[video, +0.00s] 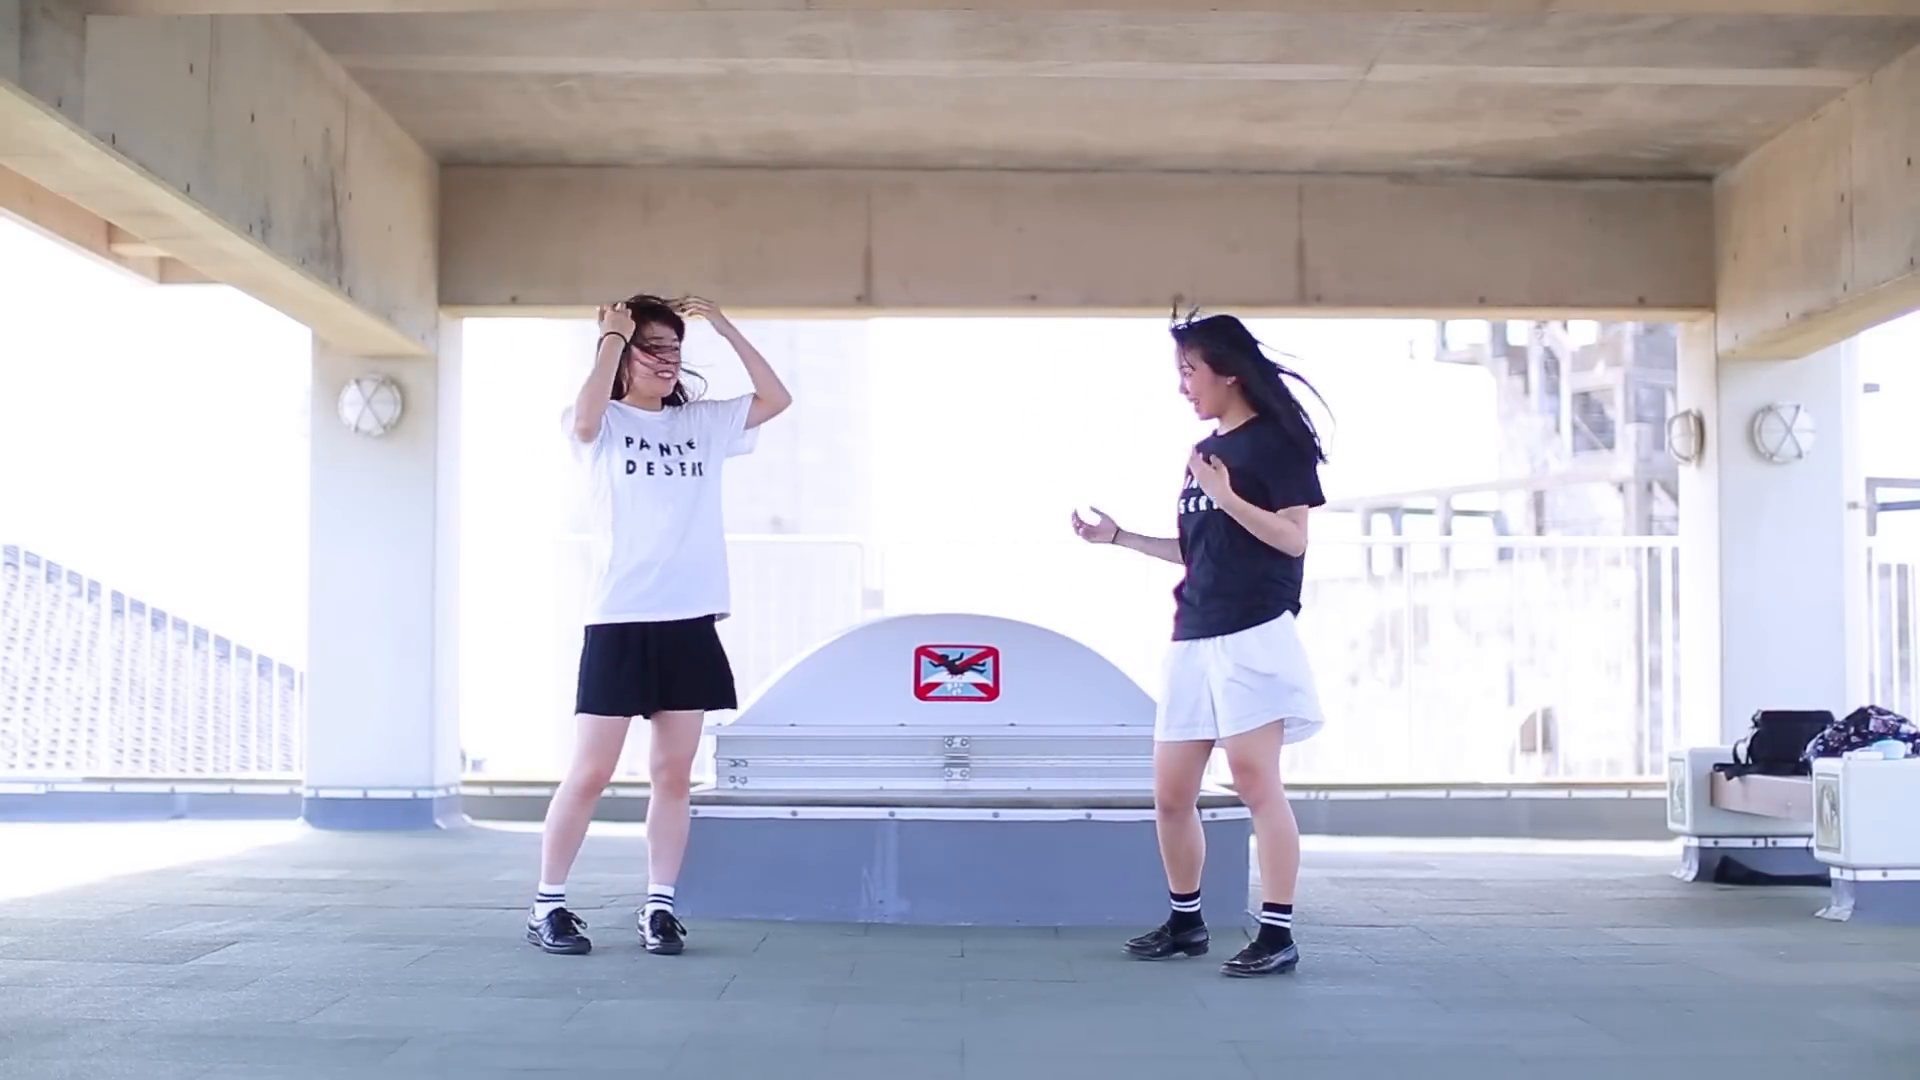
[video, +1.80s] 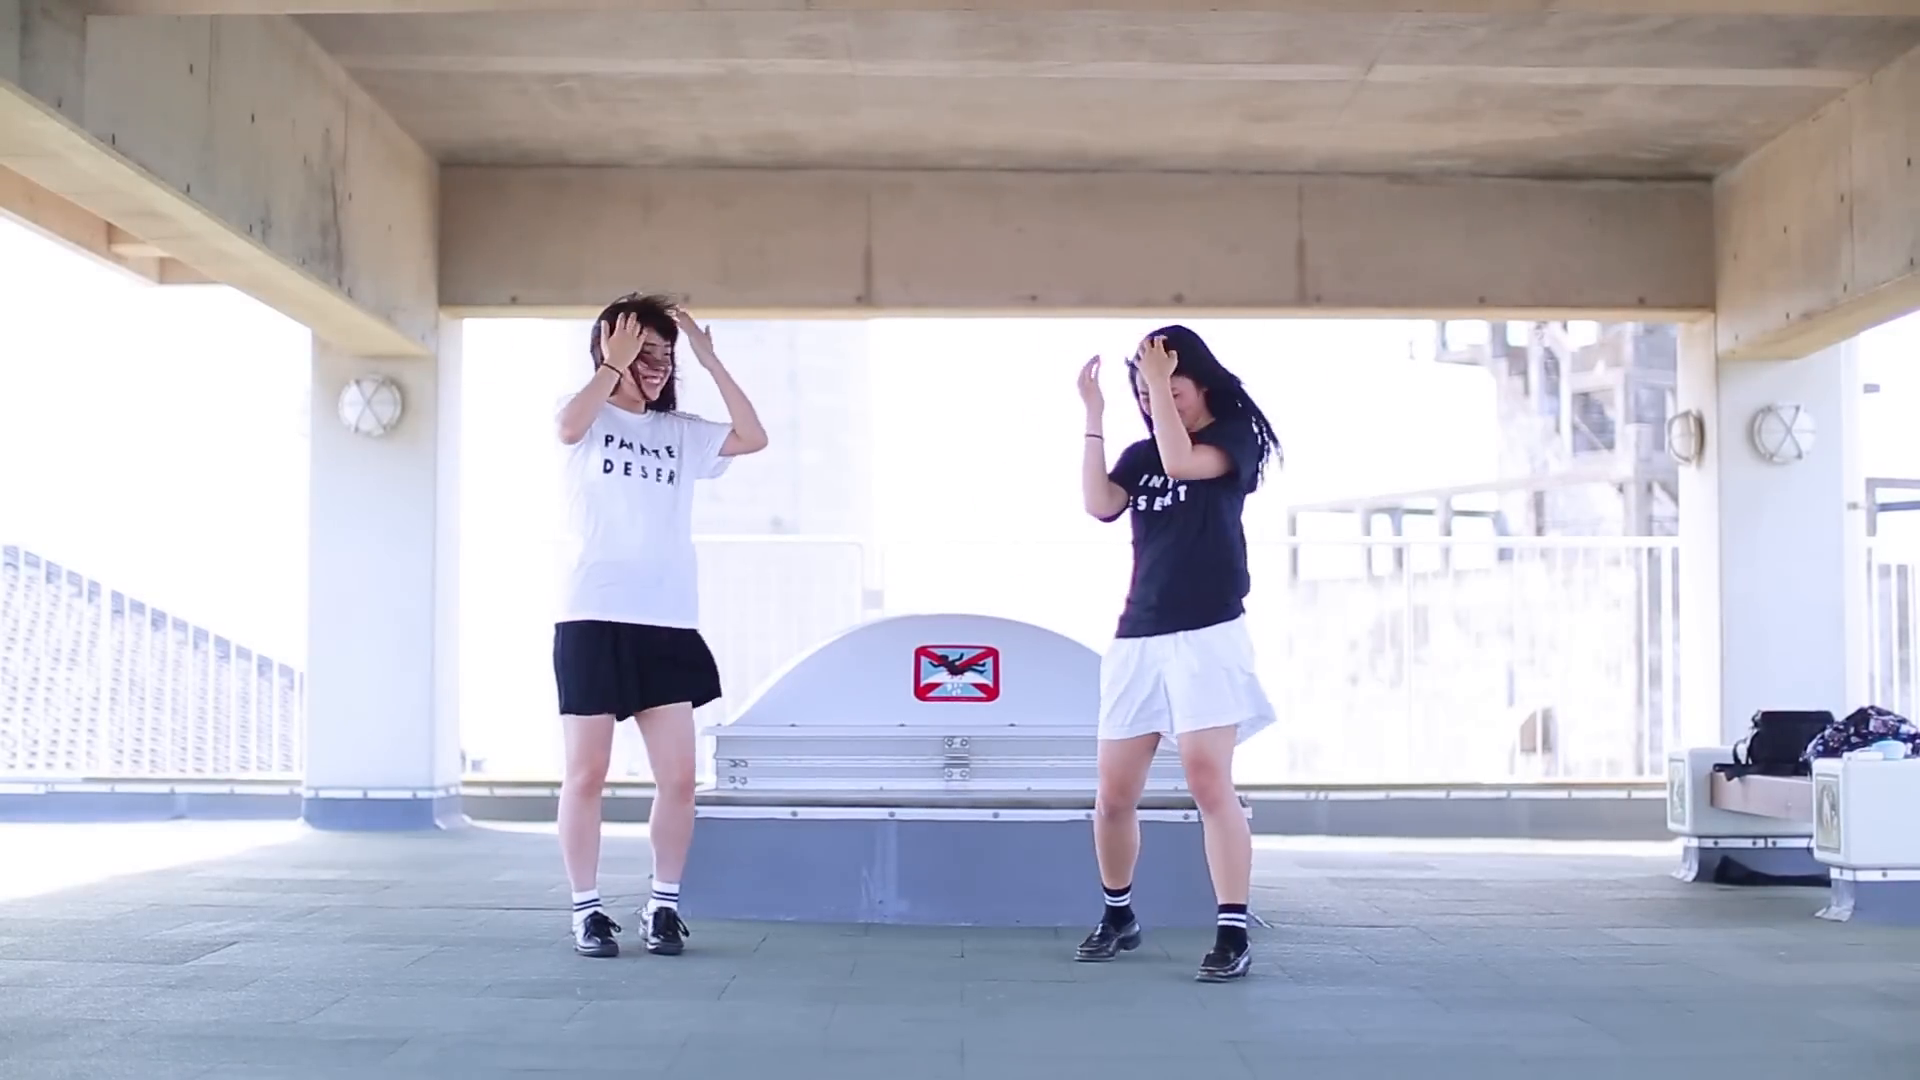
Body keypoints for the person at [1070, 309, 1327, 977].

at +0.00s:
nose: (1182, 385)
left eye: (1190, 371)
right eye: (1180, 371)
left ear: (1228, 373)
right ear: (1211, 374)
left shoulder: (1280, 440)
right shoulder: (1204, 452)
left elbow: (1296, 540)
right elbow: (1196, 551)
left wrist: (1227, 499)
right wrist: (1120, 538)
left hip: (1254, 635)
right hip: (1192, 640)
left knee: (1257, 784)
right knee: (1172, 795)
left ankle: (1275, 935)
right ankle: (1185, 923)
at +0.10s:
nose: (1166, 383)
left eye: (1174, 370)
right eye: (1165, 371)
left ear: (1213, 373)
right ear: (1200, 377)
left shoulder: (1260, 439)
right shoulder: (1190, 455)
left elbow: (1291, 542)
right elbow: (1188, 560)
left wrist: (1233, 564)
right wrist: (1127, 611)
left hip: (1245, 639)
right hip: (1185, 643)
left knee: (1252, 782)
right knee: (1167, 793)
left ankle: (1275, 935)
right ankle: (1180, 925)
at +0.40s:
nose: (1140, 401)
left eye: (1147, 386)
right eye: (1133, 390)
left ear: (1182, 375)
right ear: (1135, 389)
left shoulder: (1230, 439)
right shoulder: (1147, 453)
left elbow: (1245, 542)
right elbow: (1146, 545)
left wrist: (1177, 526)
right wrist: (1099, 562)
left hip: (1216, 635)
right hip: (1151, 638)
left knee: (1215, 777)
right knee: (1154, 785)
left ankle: (1260, 928)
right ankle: (1179, 925)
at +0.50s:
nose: (1141, 415)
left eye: (1148, 403)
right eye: (1134, 405)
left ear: (1179, 390)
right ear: (1137, 399)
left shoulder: (1230, 436)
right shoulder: (1141, 446)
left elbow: (1216, 521)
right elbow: (1104, 539)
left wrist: (1161, 450)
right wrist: (1077, 496)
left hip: (1214, 632)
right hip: (1147, 637)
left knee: (1212, 772)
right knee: (1154, 785)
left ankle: (1246, 924)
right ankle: (1178, 927)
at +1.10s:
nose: (1172, 403)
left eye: (1181, 388)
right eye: (1161, 392)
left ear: (1213, 379)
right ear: (1152, 392)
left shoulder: (1250, 434)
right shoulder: (1150, 445)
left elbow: (1250, 467)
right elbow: (1123, 495)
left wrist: (1214, 383)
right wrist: (1122, 407)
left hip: (1234, 633)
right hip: (1160, 637)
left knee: (1229, 782)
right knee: (1146, 796)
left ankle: (1234, 931)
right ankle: (1174, 913)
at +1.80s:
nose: (1165, 401)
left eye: (1175, 388)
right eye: (1157, 391)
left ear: (1206, 384)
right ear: (1155, 395)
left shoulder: (1238, 436)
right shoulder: (1144, 454)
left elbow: (1181, 462)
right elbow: (1100, 503)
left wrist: (1159, 391)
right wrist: (1094, 417)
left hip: (1209, 636)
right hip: (1136, 641)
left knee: (1209, 785)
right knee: (1113, 799)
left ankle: (1233, 932)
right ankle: (1117, 918)